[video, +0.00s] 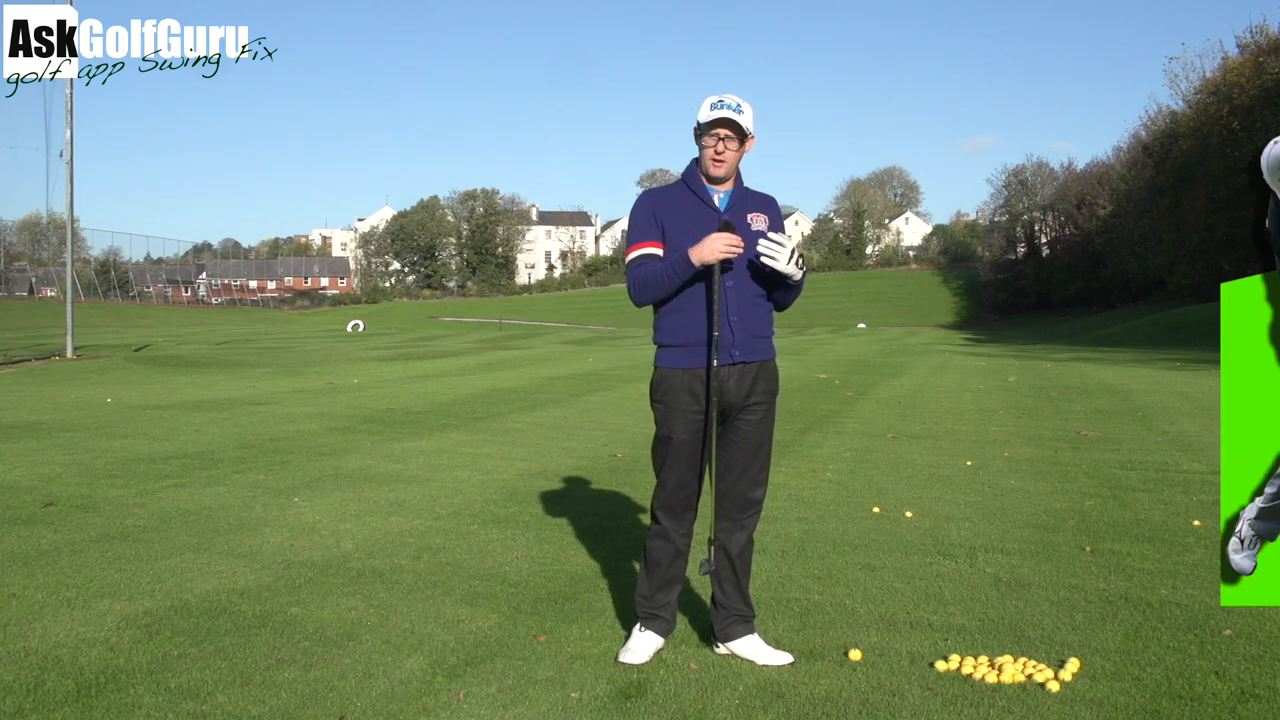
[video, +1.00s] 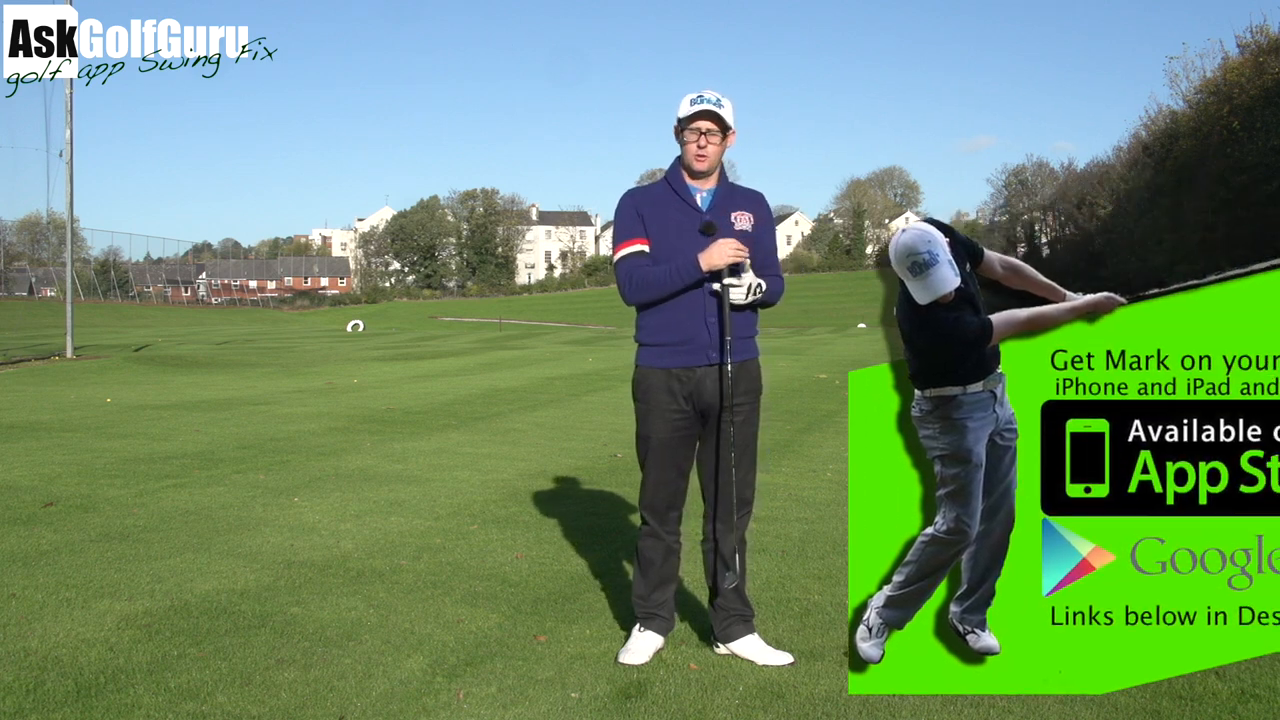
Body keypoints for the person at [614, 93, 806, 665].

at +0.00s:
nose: (719, 145)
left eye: (730, 137)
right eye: (711, 135)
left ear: (746, 145)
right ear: (697, 142)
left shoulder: (764, 209)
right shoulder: (655, 205)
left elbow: (780, 299)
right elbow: (642, 288)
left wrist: (790, 271)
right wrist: (694, 255)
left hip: (752, 373)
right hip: (682, 375)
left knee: (740, 507)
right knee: (674, 504)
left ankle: (734, 627)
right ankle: (653, 621)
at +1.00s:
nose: (701, 141)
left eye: (712, 133)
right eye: (692, 132)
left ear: (727, 141)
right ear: (679, 139)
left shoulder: (750, 204)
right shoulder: (639, 204)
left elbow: (773, 283)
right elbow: (635, 287)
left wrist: (756, 285)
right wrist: (702, 262)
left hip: (737, 373)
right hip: (665, 376)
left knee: (732, 507)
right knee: (660, 509)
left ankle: (733, 627)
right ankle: (651, 621)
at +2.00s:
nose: (702, 146)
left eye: (713, 138)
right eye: (693, 137)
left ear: (733, 144)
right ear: (681, 141)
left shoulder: (760, 203)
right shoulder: (648, 197)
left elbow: (781, 281)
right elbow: (648, 257)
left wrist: (762, 297)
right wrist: (686, 191)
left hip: (735, 374)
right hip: (662, 374)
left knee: (731, 511)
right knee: (658, 508)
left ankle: (733, 623)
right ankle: (652, 620)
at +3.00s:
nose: (702, 141)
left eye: (712, 132)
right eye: (693, 133)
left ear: (728, 140)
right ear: (678, 140)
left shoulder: (754, 204)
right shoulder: (640, 206)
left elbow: (775, 282)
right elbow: (613, 290)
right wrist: (643, 297)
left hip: (735, 375)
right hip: (662, 377)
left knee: (729, 509)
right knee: (660, 506)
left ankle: (730, 624)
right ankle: (651, 620)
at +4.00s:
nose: (651, 147)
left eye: (661, 138)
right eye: (642, 138)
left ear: (676, 145)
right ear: (628, 144)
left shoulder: (704, 200)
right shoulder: (592, 213)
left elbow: (722, 278)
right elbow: (600, 302)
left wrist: (709, 333)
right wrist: (661, 337)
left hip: (693, 374)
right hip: (623, 376)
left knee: (712, 503)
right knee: (635, 506)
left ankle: (728, 622)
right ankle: (648, 619)